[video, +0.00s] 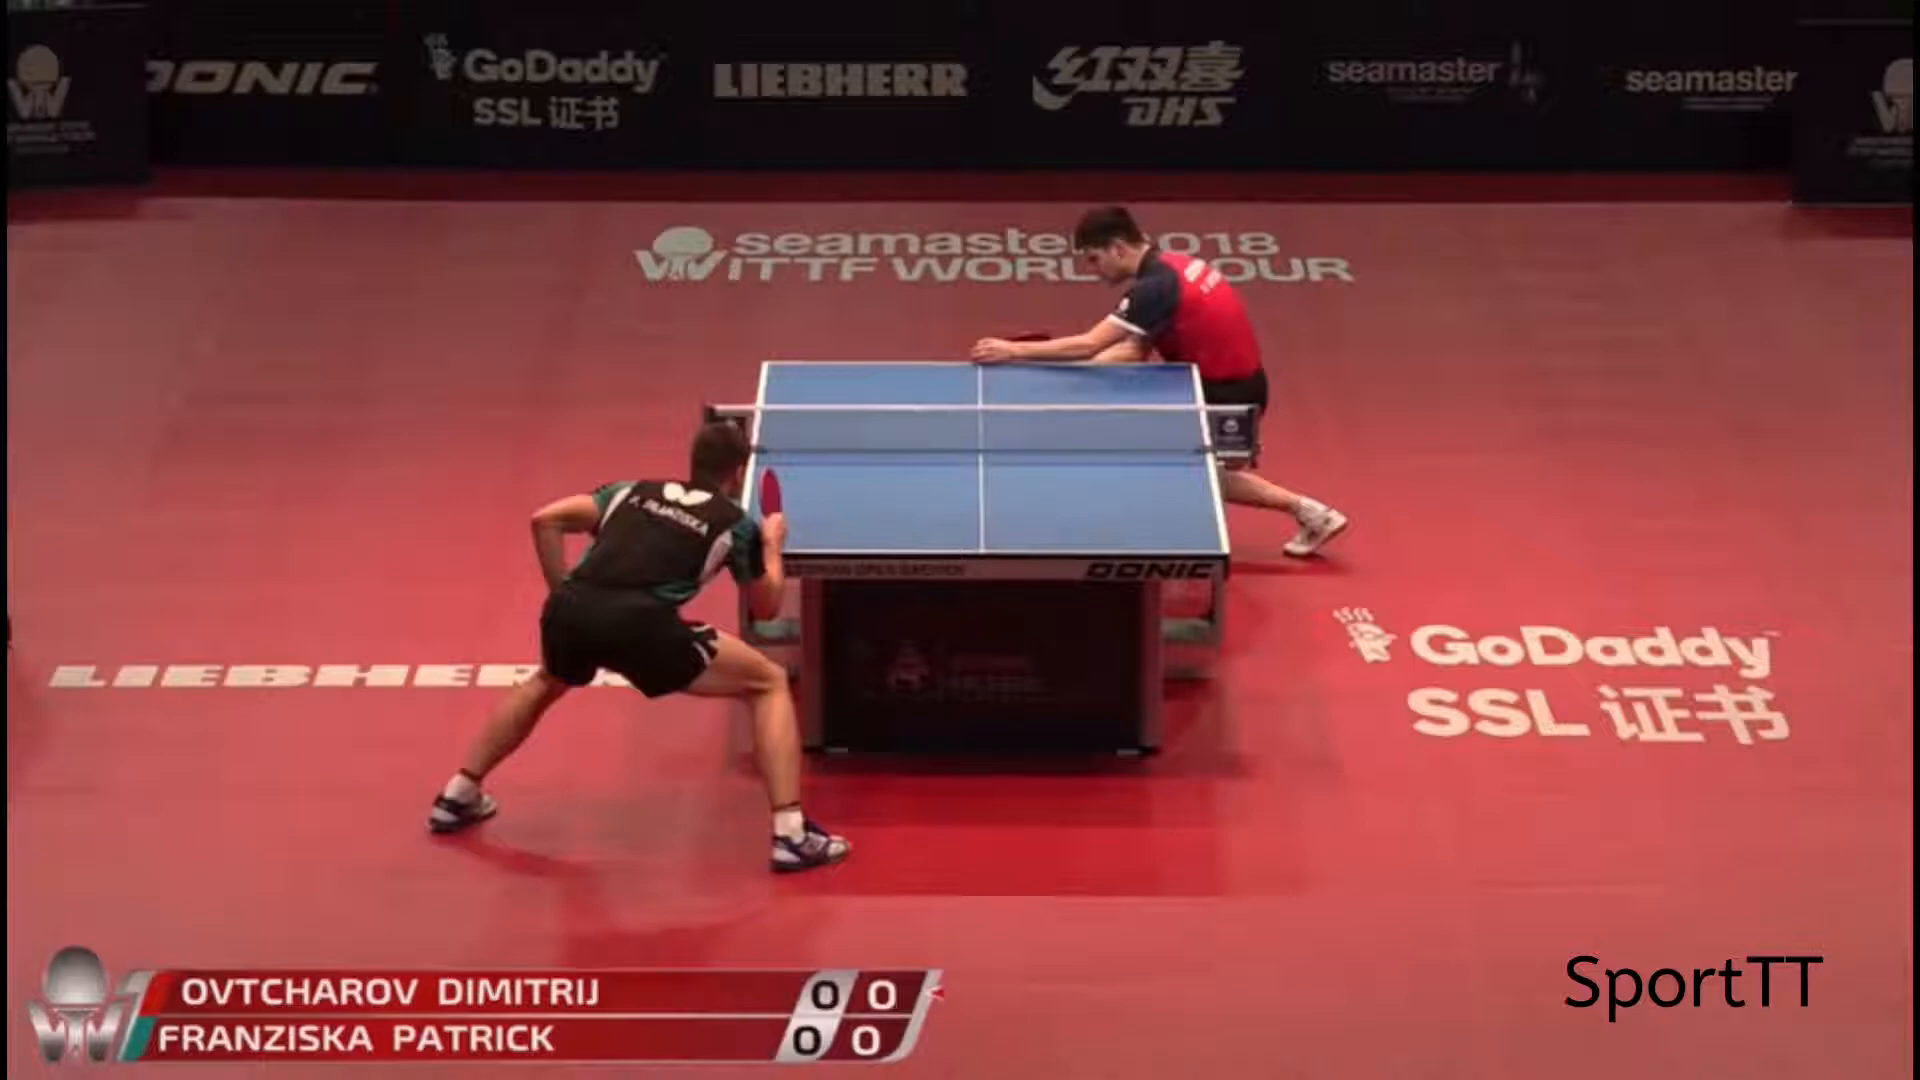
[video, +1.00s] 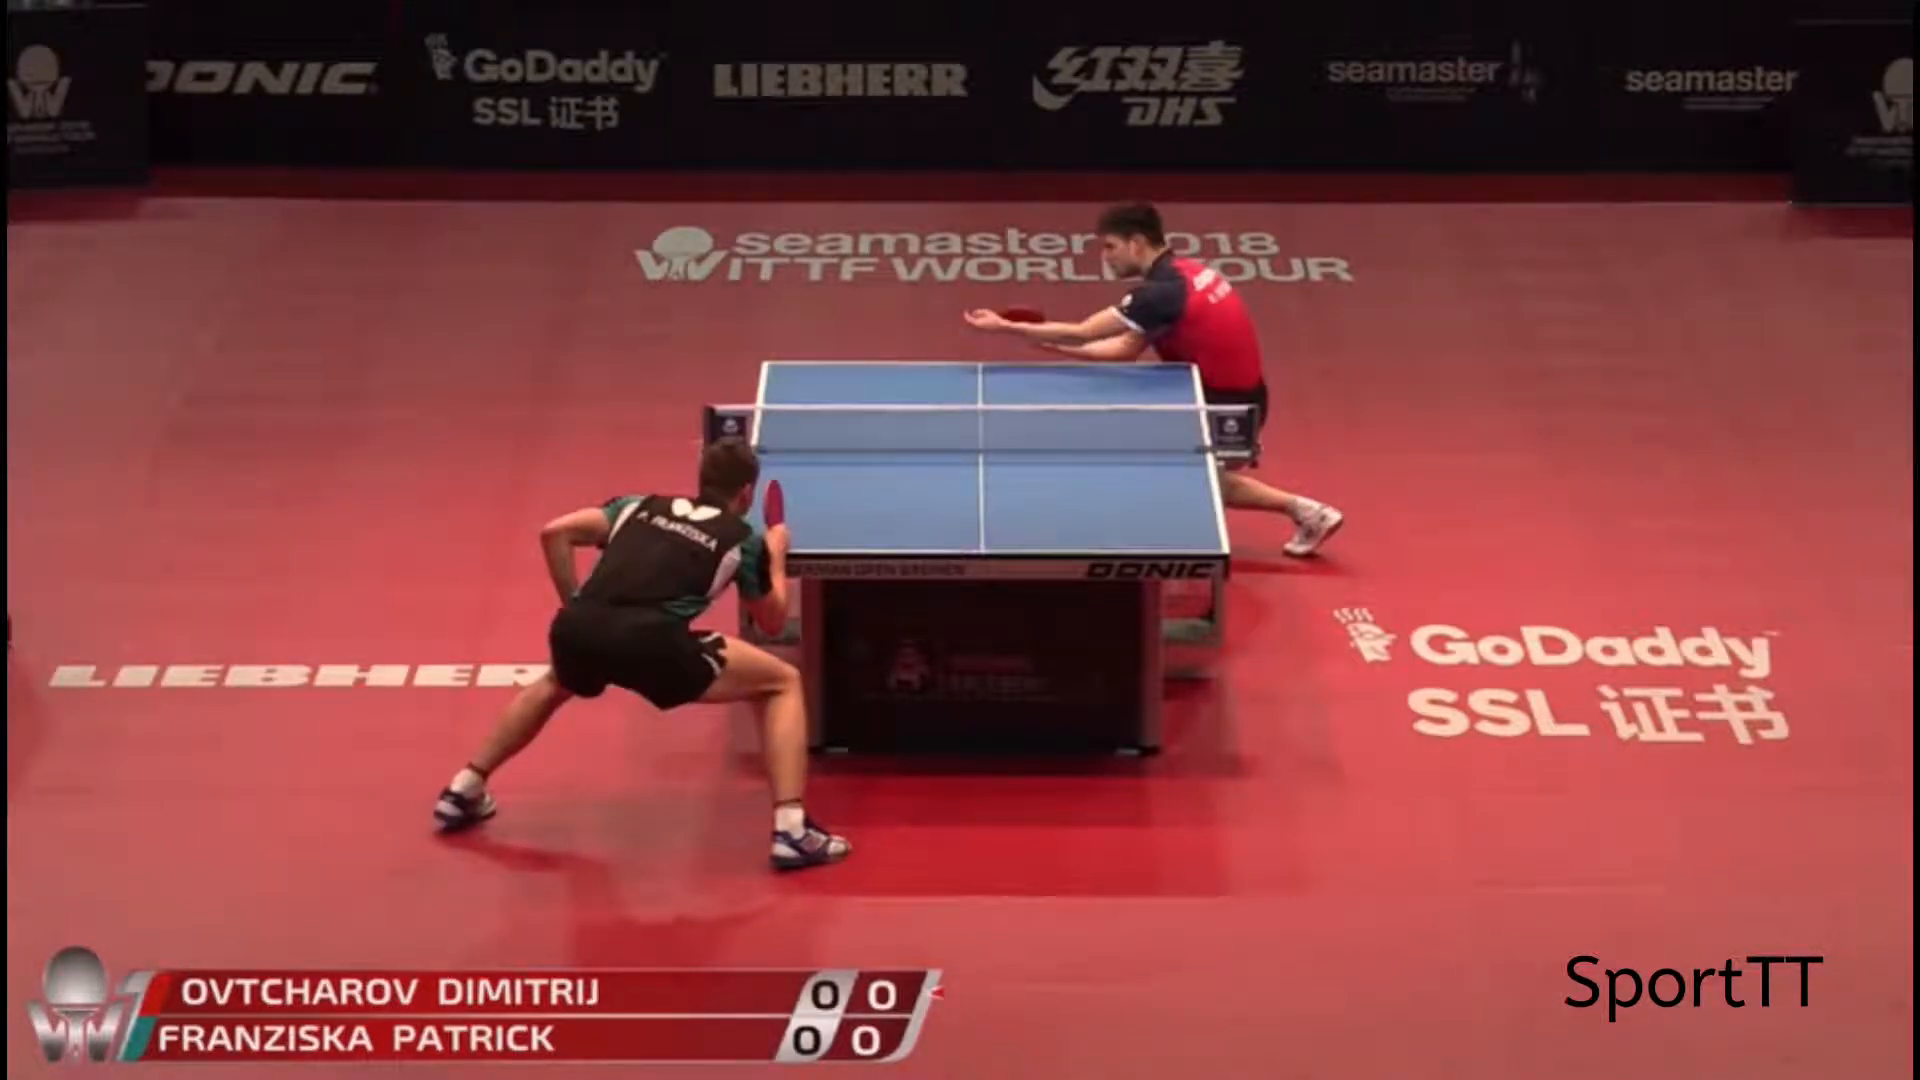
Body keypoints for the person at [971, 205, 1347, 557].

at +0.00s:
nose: (1093, 271)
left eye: (1093, 259)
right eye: (1089, 261)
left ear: (1118, 248)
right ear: (1127, 243)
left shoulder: (1157, 282)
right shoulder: (1168, 266)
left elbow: (1088, 345)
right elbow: (1136, 350)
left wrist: (1014, 351)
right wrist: (1075, 372)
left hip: (1231, 388)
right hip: (1218, 380)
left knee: (1215, 478)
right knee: (1209, 469)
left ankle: (1310, 512)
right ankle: (1308, 512)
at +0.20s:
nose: (1093, 270)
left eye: (1093, 259)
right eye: (1089, 261)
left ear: (1118, 248)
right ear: (1127, 243)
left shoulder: (1157, 282)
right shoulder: (1168, 266)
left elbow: (1087, 345)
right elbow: (1135, 350)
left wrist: (1012, 351)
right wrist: (1074, 372)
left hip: (1231, 389)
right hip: (1218, 381)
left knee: (1216, 478)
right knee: (1210, 469)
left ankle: (1310, 512)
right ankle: (1308, 512)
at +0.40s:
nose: (1093, 271)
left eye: (1094, 260)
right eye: (1089, 262)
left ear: (1119, 248)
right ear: (1127, 245)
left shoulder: (1158, 283)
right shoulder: (1167, 268)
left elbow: (1088, 345)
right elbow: (1135, 350)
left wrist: (1012, 350)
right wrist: (1078, 374)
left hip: (1231, 391)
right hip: (1211, 382)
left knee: (1213, 478)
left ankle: (1309, 512)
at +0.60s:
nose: (1094, 271)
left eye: (1095, 260)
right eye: (1090, 262)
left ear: (1120, 248)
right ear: (1129, 245)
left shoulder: (1158, 284)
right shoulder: (1167, 270)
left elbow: (1087, 346)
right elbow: (1135, 349)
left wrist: (1012, 351)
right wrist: (1077, 371)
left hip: (1231, 392)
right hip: (1213, 383)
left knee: (1211, 479)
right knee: (1207, 470)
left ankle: (1309, 512)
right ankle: (1306, 512)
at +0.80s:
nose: (1098, 267)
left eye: (1102, 255)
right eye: (1095, 257)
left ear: (1131, 247)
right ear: (1137, 247)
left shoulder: (1162, 287)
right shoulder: (1176, 273)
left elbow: (1084, 340)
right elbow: (1133, 347)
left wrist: (1008, 336)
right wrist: (1069, 364)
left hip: (1229, 400)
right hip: (1231, 390)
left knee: (1205, 480)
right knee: (1205, 473)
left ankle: (1305, 511)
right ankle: (1304, 512)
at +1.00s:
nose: (1106, 257)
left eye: (1110, 247)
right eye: (1104, 248)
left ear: (1139, 243)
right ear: (1144, 243)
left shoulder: (1165, 287)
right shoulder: (1181, 272)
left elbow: (1080, 331)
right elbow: (1125, 348)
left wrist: (1006, 325)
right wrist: (1058, 348)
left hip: (1230, 400)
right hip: (1231, 391)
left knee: (1208, 480)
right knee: (1205, 474)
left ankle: (1306, 511)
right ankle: (1304, 511)